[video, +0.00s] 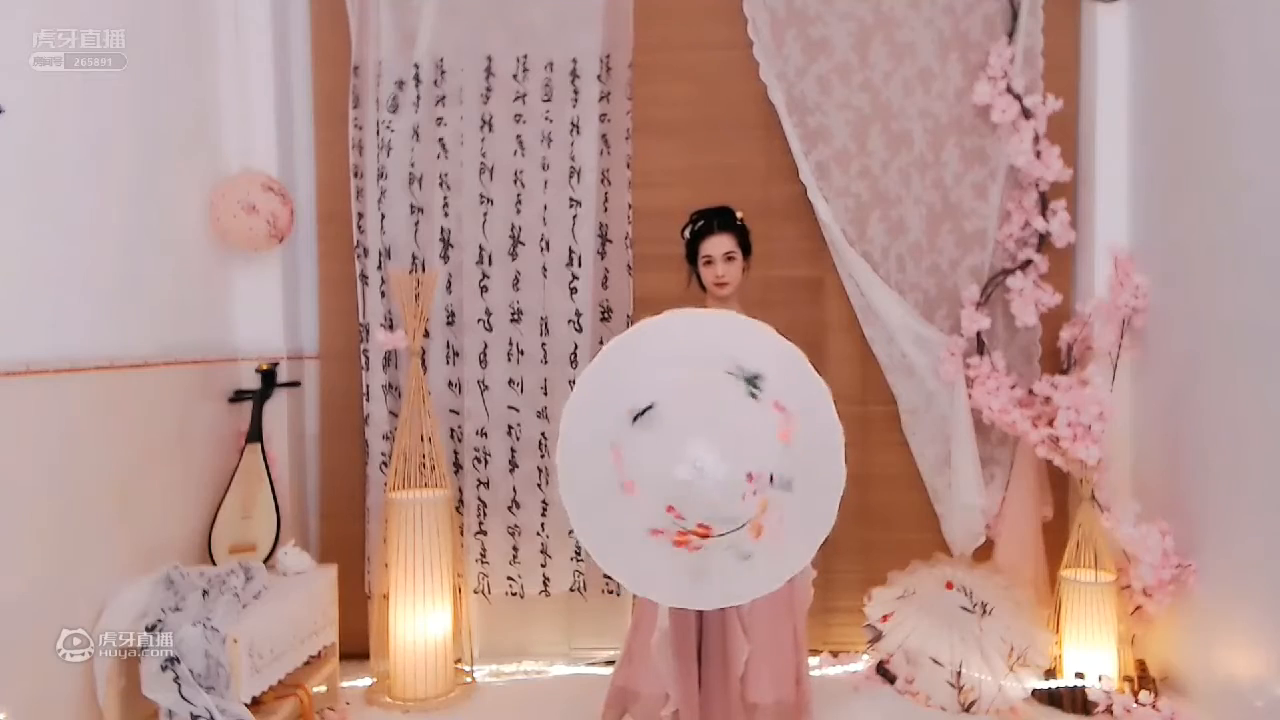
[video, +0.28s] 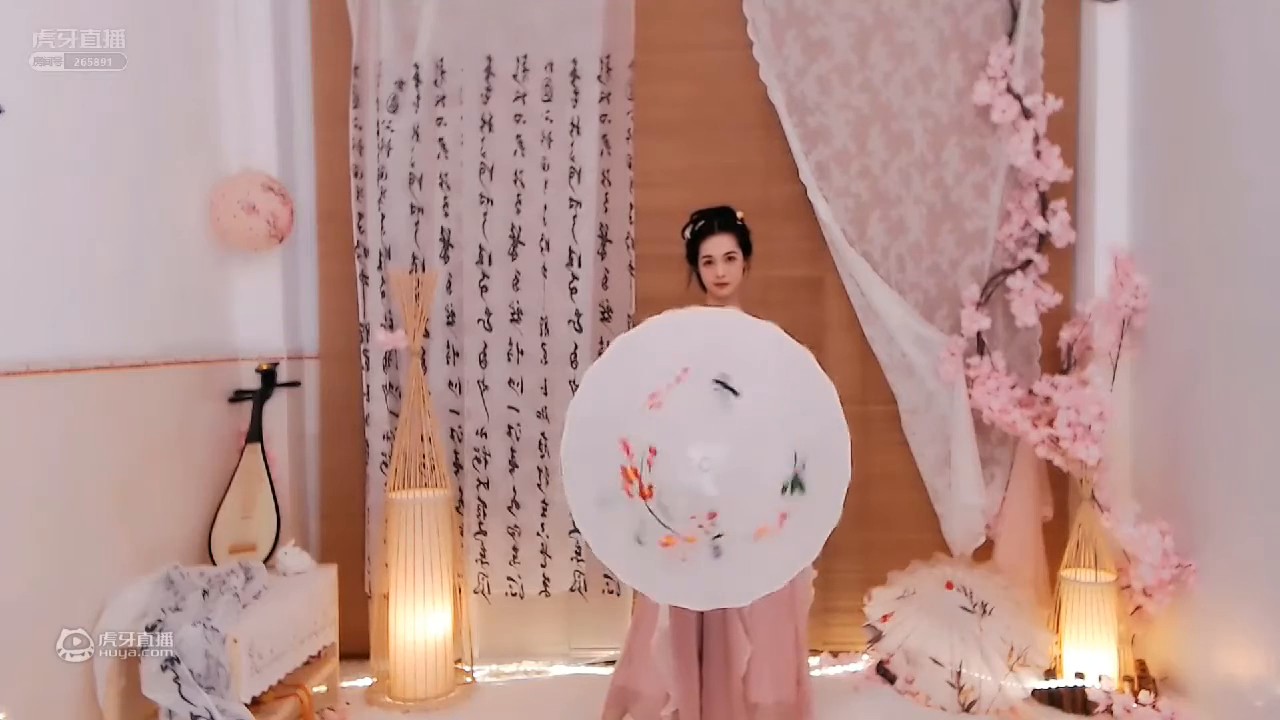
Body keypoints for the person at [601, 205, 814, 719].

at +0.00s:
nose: (718, 270)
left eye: (729, 258)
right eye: (708, 260)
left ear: (745, 263)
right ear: (695, 268)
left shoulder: (761, 339)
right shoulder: (673, 337)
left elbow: (786, 430)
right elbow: (651, 421)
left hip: (750, 485)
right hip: (683, 483)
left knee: (747, 605)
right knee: (683, 606)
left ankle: (747, 709)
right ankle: (679, 710)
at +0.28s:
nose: (719, 271)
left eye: (729, 258)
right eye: (708, 260)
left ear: (745, 263)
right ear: (695, 267)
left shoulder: (766, 339)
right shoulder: (672, 336)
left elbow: (790, 428)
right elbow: (646, 421)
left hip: (752, 489)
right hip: (684, 486)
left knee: (748, 609)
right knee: (682, 609)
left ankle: (749, 710)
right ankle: (679, 711)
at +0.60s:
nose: (718, 271)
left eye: (728, 258)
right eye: (707, 261)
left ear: (744, 263)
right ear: (694, 267)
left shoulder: (766, 343)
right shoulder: (671, 333)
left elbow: (796, 430)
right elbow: (635, 415)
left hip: (752, 499)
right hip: (682, 498)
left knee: (750, 618)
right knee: (681, 620)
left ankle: (747, 712)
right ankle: (677, 713)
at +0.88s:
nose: (716, 271)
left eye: (726, 258)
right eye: (706, 261)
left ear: (743, 263)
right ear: (693, 268)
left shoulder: (760, 338)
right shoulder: (672, 336)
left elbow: (785, 428)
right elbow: (647, 421)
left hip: (746, 493)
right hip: (683, 490)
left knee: (745, 607)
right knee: (680, 608)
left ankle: (744, 710)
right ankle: (677, 711)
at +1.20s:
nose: (716, 272)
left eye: (726, 259)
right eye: (705, 262)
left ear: (742, 264)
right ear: (692, 268)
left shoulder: (759, 338)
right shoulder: (671, 333)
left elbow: (783, 427)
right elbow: (644, 417)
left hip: (744, 490)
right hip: (682, 487)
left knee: (743, 606)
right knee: (679, 605)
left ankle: (743, 710)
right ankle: (676, 710)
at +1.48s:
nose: (716, 272)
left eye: (726, 259)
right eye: (705, 262)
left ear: (742, 264)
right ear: (693, 268)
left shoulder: (761, 340)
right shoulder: (671, 337)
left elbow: (786, 430)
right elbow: (644, 421)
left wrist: (782, 511)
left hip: (746, 494)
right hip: (682, 491)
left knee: (744, 611)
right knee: (679, 610)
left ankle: (743, 711)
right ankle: (676, 711)